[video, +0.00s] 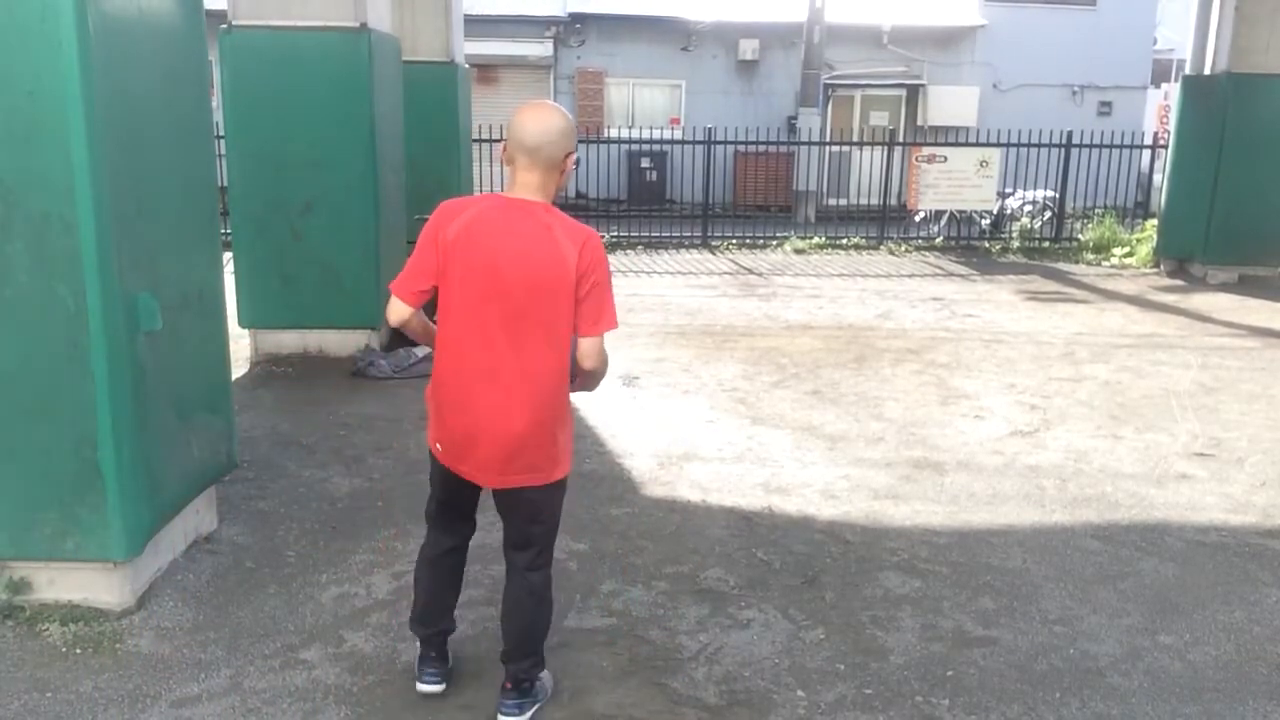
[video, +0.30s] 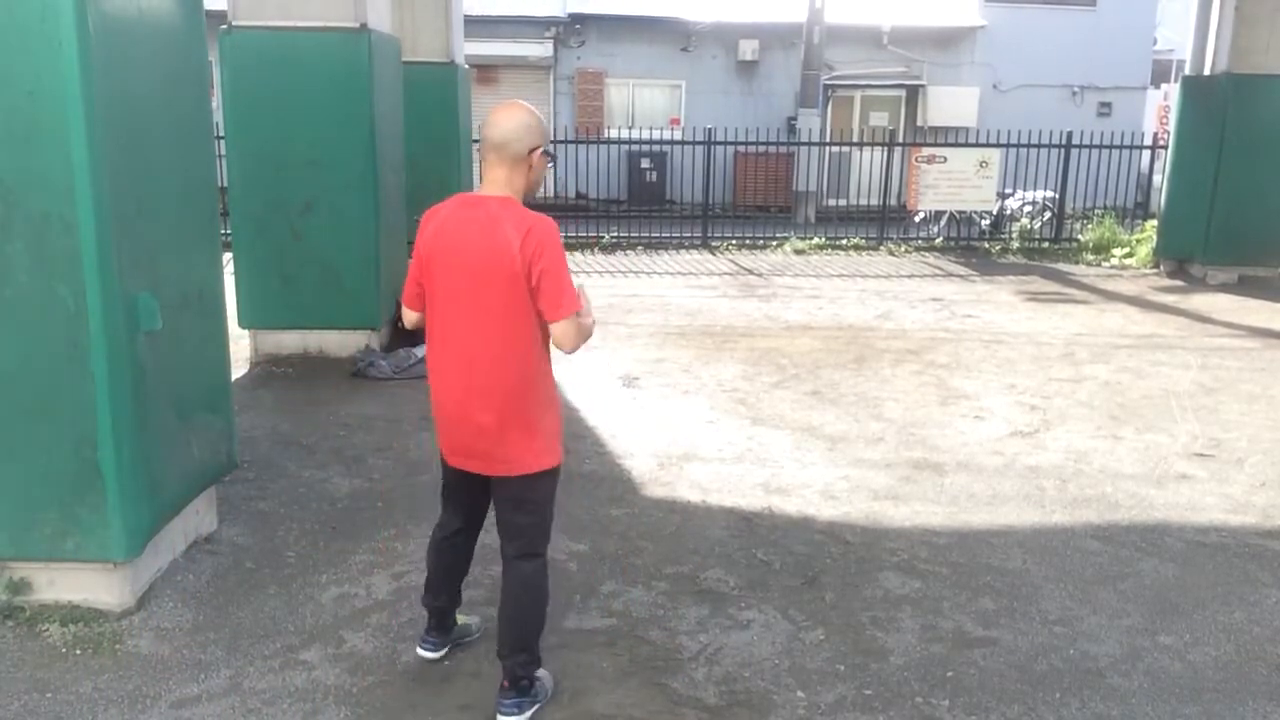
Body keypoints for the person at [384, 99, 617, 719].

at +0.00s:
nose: (573, 163)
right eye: (574, 156)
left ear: (504, 154)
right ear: (569, 165)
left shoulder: (452, 217)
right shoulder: (581, 243)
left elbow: (401, 311)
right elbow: (590, 361)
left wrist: (447, 343)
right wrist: (555, 373)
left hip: (457, 422)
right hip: (534, 433)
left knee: (445, 532)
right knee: (529, 558)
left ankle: (432, 659)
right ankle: (519, 683)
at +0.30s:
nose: (548, 167)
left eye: (547, 157)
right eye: (546, 157)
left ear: (481, 154)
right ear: (533, 159)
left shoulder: (437, 219)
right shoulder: (534, 231)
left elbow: (413, 316)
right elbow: (567, 337)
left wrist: (471, 299)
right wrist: (581, 314)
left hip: (457, 418)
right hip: (521, 424)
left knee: (456, 522)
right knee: (525, 555)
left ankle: (437, 627)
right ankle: (518, 684)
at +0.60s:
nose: (516, 161)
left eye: (516, 149)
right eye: (514, 148)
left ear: (461, 148)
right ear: (491, 146)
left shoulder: (416, 211)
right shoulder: (493, 212)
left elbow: (406, 305)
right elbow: (512, 314)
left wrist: (507, 291)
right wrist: (573, 307)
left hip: (433, 400)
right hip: (492, 401)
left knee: (444, 511)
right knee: (537, 510)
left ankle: (437, 630)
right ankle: (501, 642)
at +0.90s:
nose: (521, 169)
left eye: (521, 158)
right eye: (519, 157)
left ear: (466, 157)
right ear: (499, 157)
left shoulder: (425, 217)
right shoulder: (498, 224)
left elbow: (427, 300)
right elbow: (517, 323)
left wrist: (515, 280)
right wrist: (572, 314)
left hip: (436, 406)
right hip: (490, 411)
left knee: (459, 502)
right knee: (512, 523)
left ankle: (442, 617)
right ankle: (468, 645)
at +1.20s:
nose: (514, 157)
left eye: (514, 146)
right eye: (512, 146)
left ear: (457, 142)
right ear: (491, 144)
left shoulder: (422, 198)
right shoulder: (492, 211)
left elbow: (452, 268)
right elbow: (532, 300)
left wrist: (510, 232)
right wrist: (599, 273)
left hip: (435, 384)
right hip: (487, 393)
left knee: (459, 495)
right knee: (508, 506)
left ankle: (455, 612)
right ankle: (471, 632)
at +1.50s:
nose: (517, 181)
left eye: (519, 170)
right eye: (517, 168)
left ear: (470, 159)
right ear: (495, 161)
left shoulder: (427, 211)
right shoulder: (479, 220)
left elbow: (441, 288)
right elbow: (469, 320)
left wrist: (516, 292)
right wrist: (533, 384)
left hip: (433, 388)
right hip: (478, 381)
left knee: (466, 492)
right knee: (579, 358)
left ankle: (456, 613)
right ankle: (531, 474)